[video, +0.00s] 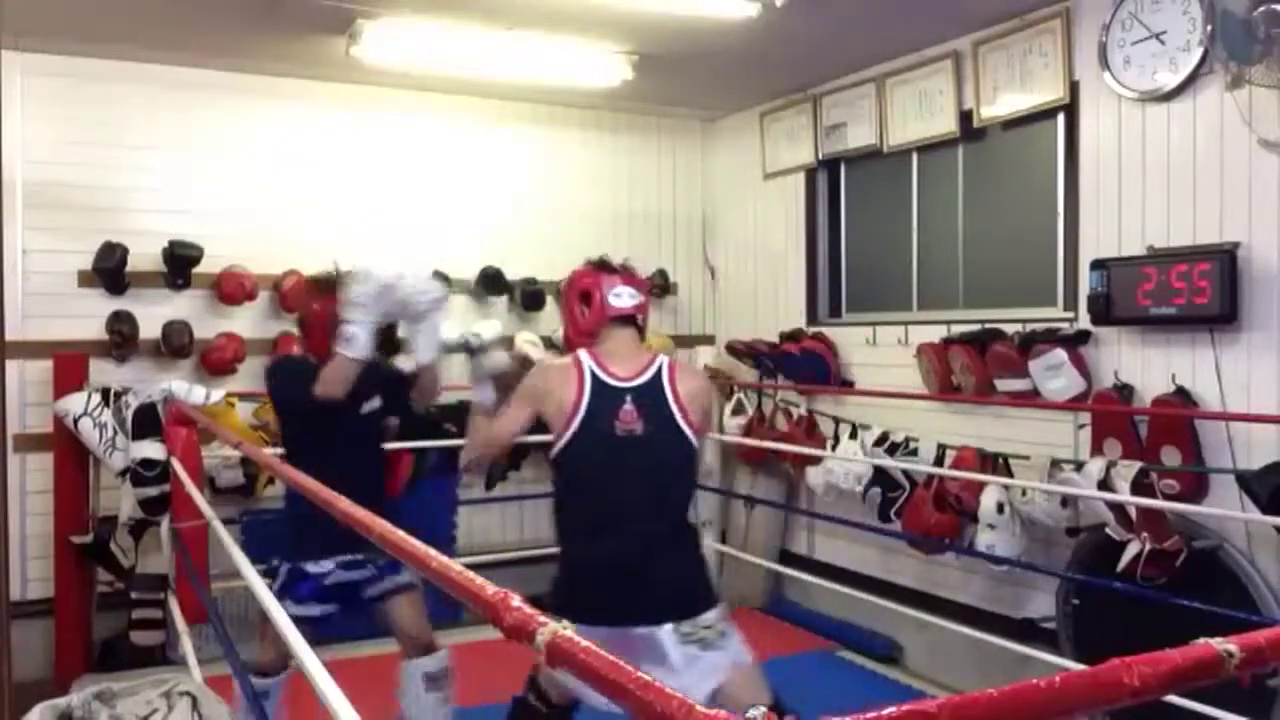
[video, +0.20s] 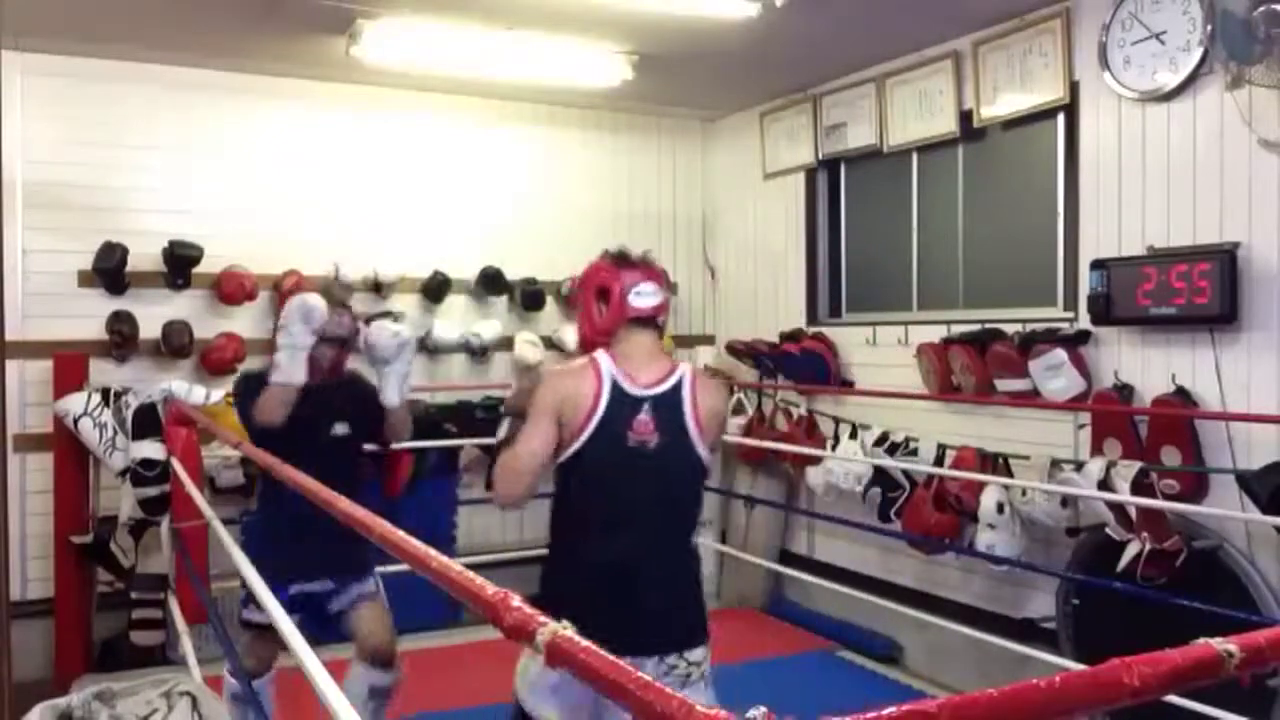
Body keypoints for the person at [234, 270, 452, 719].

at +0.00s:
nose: (339, 320)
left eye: (346, 309)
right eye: (328, 306)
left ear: (357, 325)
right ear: (307, 317)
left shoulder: (373, 374)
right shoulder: (288, 372)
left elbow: (423, 396)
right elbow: (330, 390)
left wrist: (426, 328)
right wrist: (360, 324)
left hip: (376, 534)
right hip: (309, 538)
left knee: (420, 641)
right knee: (270, 660)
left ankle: (430, 712)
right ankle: (254, 713)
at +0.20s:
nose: (336, 355)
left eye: (345, 346)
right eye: (327, 343)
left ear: (354, 348)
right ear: (303, 341)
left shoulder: (354, 390)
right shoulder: (259, 383)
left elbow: (397, 435)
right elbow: (268, 419)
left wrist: (393, 372)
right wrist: (293, 347)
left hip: (344, 542)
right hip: (277, 545)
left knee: (380, 646)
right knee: (255, 662)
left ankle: (362, 716)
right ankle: (247, 714)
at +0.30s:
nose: (335, 331)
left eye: (342, 319)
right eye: (323, 319)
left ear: (352, 319)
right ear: (289, 317)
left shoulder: (351, 366)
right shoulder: (253, 367)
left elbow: (382, 438)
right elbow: (241, 436)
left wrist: (385, 385)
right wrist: (286, 382)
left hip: (341, 517)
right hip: (276, 522)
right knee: (255, 642)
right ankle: (251, 717)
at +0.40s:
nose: (338, 334)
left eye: (342, 323)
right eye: (327, 322)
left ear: (347, 327)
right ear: (294, 323)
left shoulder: (352, 372)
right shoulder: (252, 377)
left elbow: (378, 438)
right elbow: (238, 444)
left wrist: (369, 419)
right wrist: (293, 423)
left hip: (343, 519)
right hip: (276, 525)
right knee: (257, 637)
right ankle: (266, 716)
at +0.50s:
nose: (332, 363)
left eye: (342, 351)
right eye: (321, 350)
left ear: (351, 352)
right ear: (291, 347)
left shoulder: (359, 393)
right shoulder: (258, 401)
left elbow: (384, 469)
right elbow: (236, 473)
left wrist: (372, 448)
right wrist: (286, 459)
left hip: (344, 540)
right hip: (275, 544)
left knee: (385, 645)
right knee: (259, 655)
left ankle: (413, 708)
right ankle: (268, 713)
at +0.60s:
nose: (342, 362)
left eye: (353, 350)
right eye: (330, 349)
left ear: (363, 354)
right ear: (302, 349)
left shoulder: (375, 401)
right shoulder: (271, 405)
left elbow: (398, 481)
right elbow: (258, 482)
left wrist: (385, 463)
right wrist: (287, 473)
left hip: (354, 547)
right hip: (288, 550)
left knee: (386, 649)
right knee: (267, 654)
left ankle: (415, 713)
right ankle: (271, 715)